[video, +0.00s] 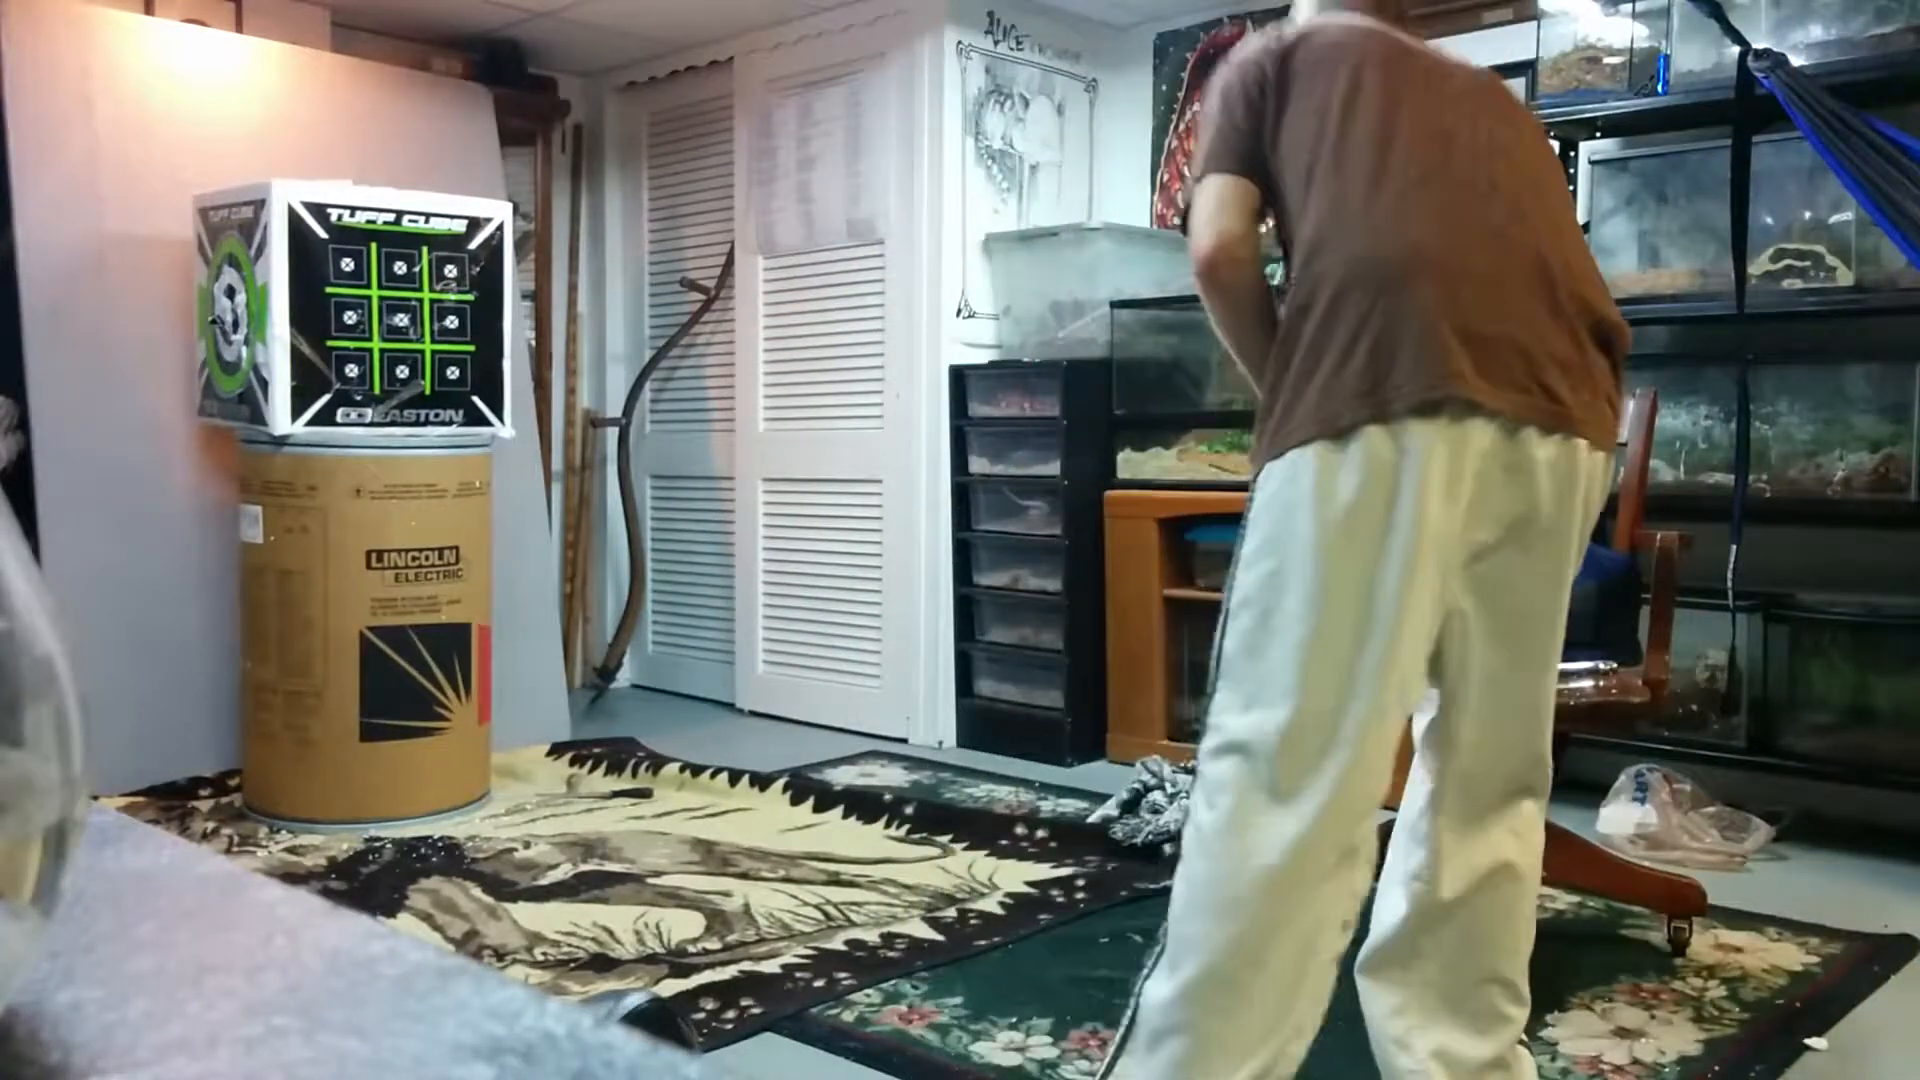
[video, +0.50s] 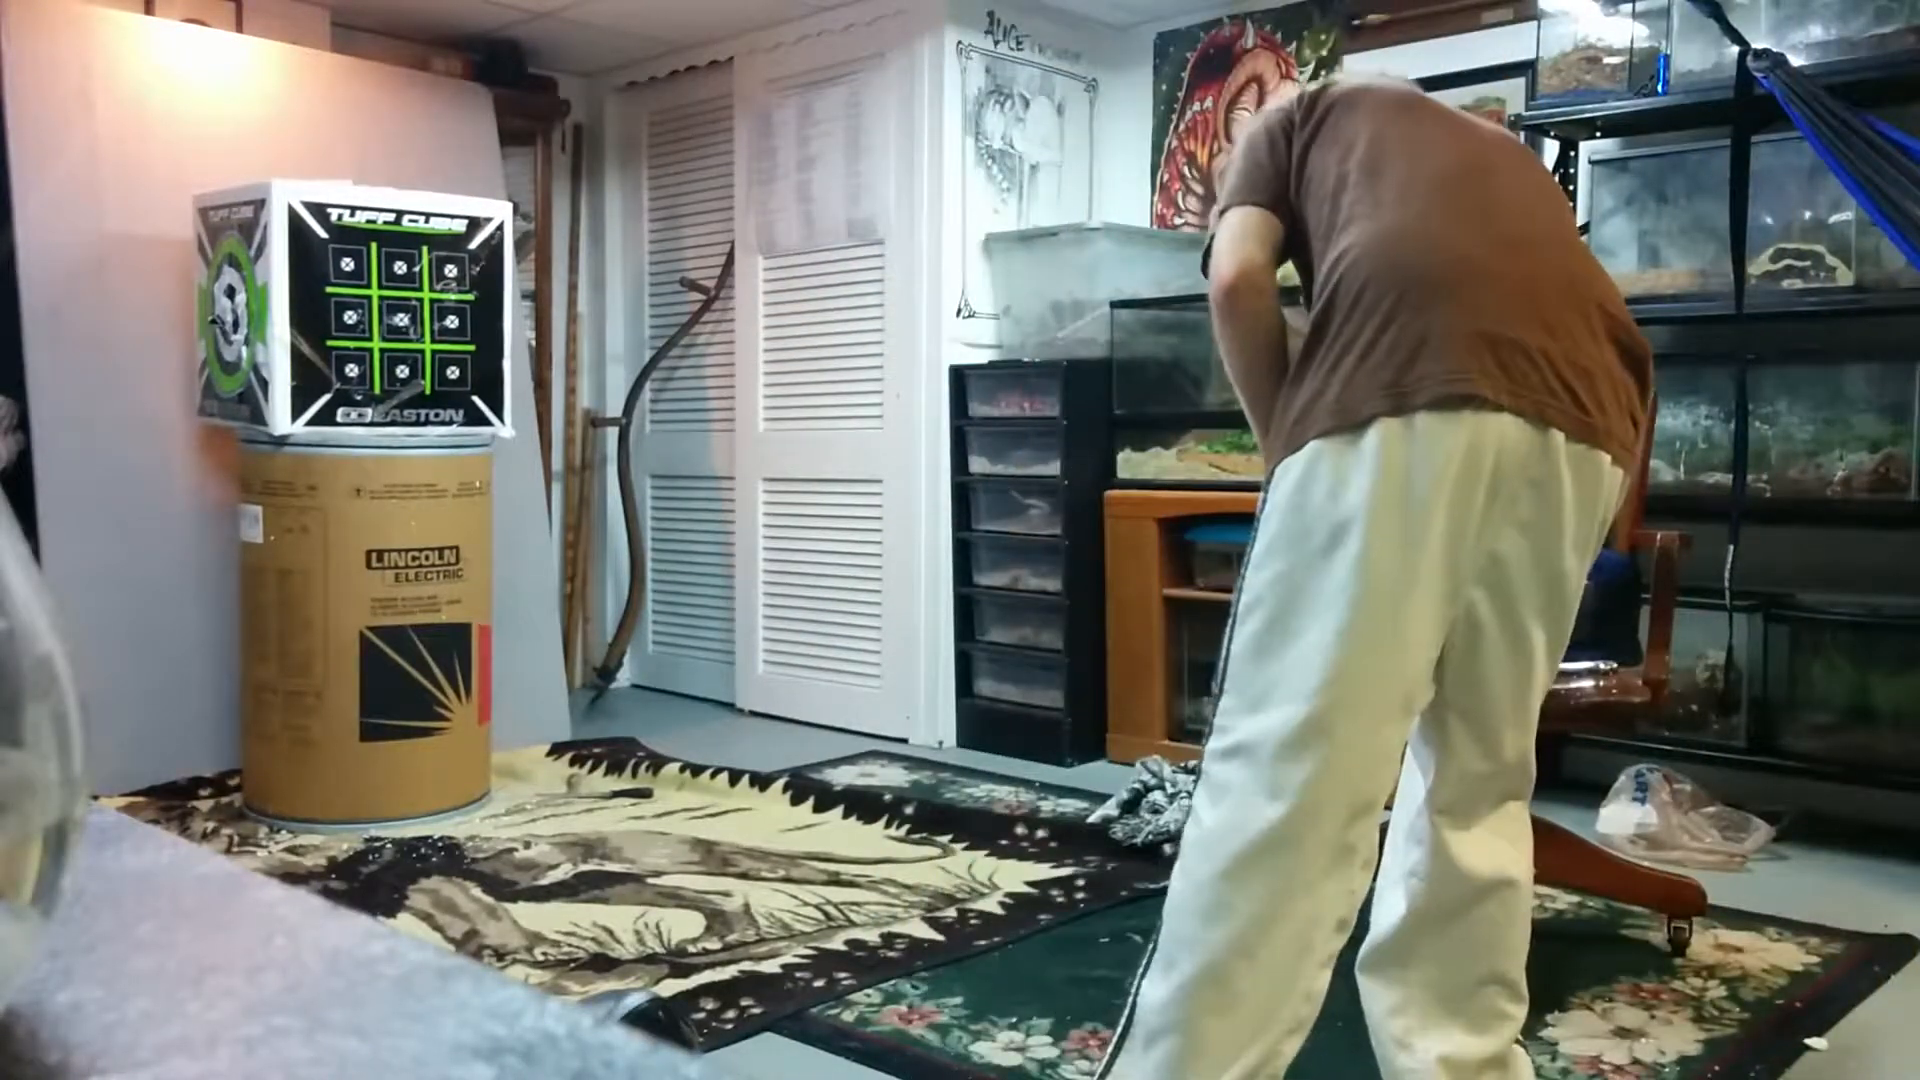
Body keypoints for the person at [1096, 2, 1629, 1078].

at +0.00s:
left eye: (1228, 67)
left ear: (1287, 27)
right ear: (1410, 18)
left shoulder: (1268, 56)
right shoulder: (1500, 99)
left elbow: (1219, 247)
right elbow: (1583, 295)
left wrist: (1286, 396)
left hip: (1379, 367)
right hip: (1563, 389)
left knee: (1284, 761)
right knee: (1490, 761)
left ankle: (1194, 1056)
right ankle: (1462, 1053)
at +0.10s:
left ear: (1327, 55)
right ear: (1427, 67)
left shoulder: (1286, 94)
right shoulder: (1517, 138)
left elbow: (1236, 261)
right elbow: (1609, 330)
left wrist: (1290, 414)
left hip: (1393, 374)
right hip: (1578, 398)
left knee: (1295, 760)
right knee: (1491, 757)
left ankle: (1194, 1058)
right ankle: (1464, 1054)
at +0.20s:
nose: (1242, 152)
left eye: (1242, 134)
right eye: (1232, 148)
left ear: (1285, 95)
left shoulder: (1300, 124)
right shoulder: (1520, 170)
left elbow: (1244, 274)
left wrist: (1293, 436)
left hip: (1403, 388)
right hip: (1591, 411)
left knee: (1298, 761)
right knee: (1484, 771)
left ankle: (1191, 1059)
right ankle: (1465, 1057)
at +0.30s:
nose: (1243, 186)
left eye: (1247, 169)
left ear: (1314, 126)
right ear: (1464, 137)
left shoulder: (1301, 135)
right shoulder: (1529, 186)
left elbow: (1248, 282)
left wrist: (1295, 445)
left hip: (1408, 393)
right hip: (1594, 418)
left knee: (1300, 763)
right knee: (1483, 772)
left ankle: (1190, 1059)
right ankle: (1466, 1057)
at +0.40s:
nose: (1242, 174)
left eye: (1248, 156)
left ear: (1305, 123)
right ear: (1464, 134)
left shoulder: (1300, 132)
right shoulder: (1526, 182)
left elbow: (1245, 281)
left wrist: (1293, 446)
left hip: (1407, 392)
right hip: (1594, 416)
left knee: (1298, 760)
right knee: (1482, 770)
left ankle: (1190, 1059)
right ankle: (1465, 1057)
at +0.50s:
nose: (1244, 133)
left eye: (1247, 118)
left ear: (1295, 88)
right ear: (1422, 102)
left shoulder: (1292, 118)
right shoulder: (1513, 160)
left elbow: (1236, 274)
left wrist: (1285, 440)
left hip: (1397, 390)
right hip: (1584, 413)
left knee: (1289, 765)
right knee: (1480, 771)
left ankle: (1188, 1058)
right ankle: (1463, 1057)